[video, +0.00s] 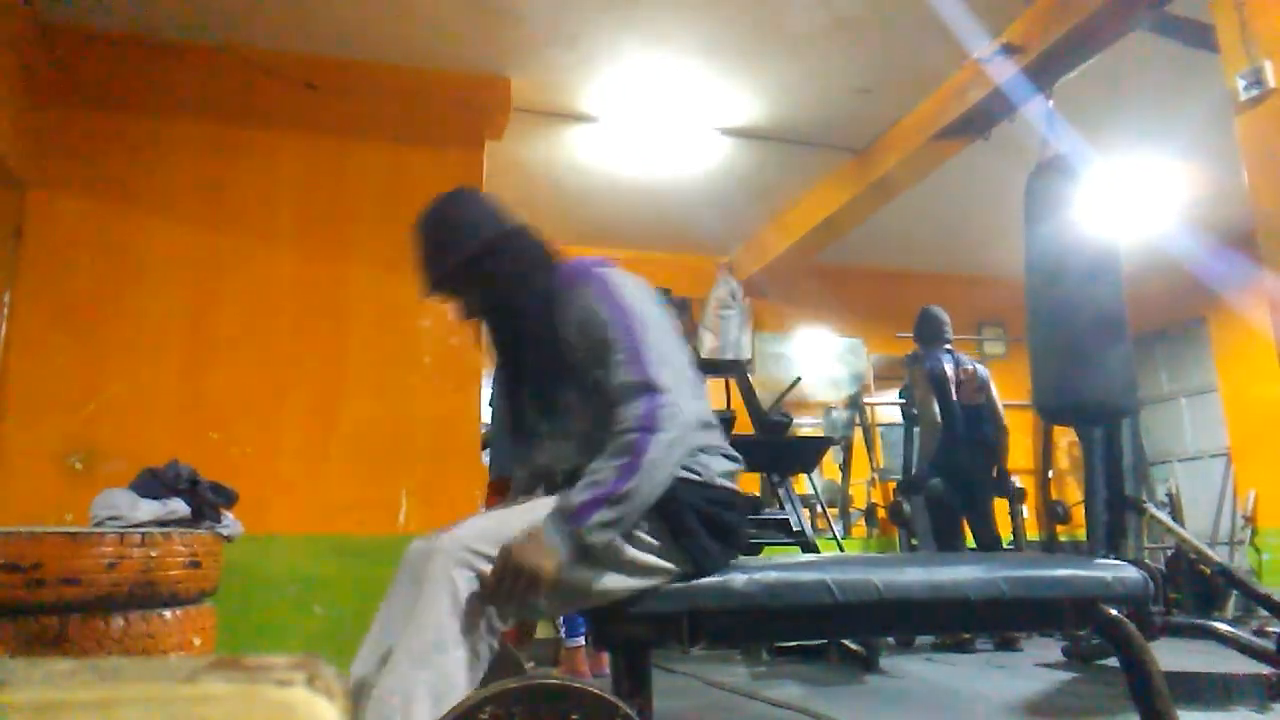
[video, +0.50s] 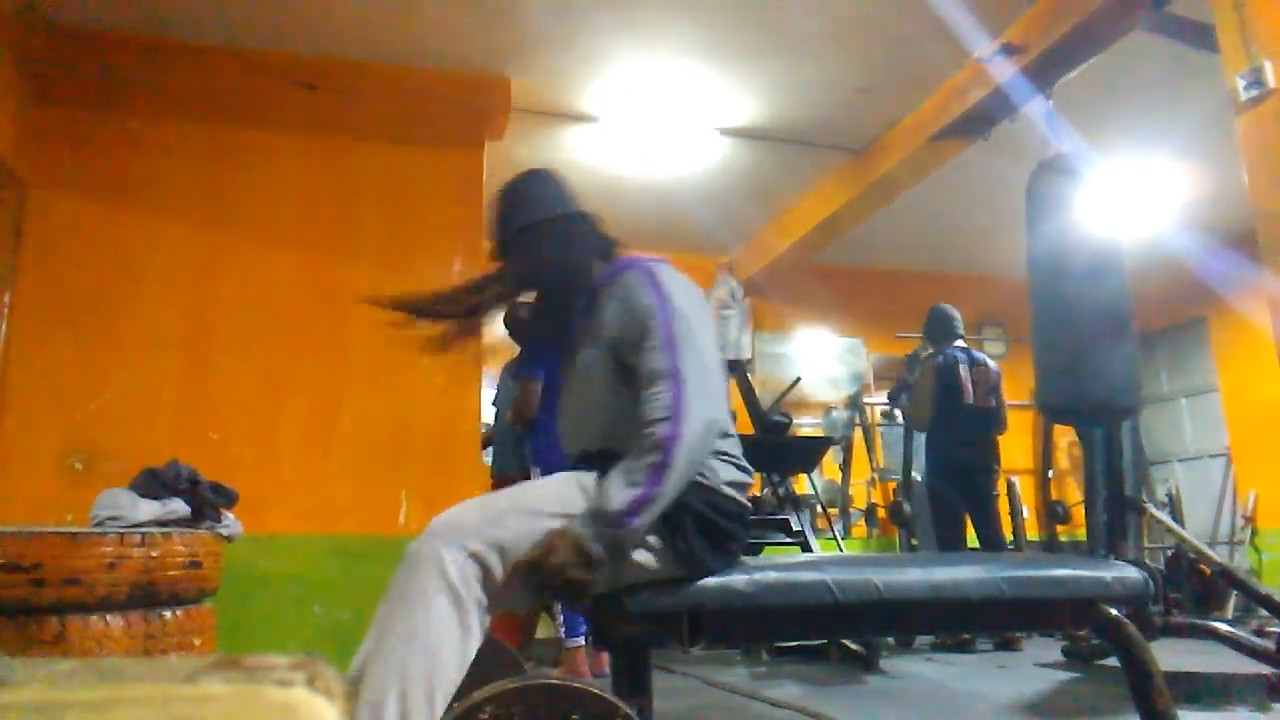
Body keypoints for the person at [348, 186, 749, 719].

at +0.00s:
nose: (464, 309)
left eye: (463, 288)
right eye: (453, 294)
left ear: (493, 262)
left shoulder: (598, 290)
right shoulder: (522, 333)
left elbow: (660, 421)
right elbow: (524, 466)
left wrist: (559, 534)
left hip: (675, 510)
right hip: (608, 508)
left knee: (459, 560)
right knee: (427, 557)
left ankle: (398, 715)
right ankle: (363, 711)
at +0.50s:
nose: (536, 279)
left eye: (539, 259)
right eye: (527, 265)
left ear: (566, 241)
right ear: (525, 262)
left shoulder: (647, 283)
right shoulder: (569, 317)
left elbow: (687, 420)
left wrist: (593, 536)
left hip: (681, 503)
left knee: (451, 548)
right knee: (449, 552)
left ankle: (376, 711)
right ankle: (361, 706)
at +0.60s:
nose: (560, 265)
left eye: (568, 245)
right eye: (556, 250)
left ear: (600, 234)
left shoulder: (692, 286)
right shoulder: (592, 320)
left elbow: (722, 415)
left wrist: (639, 505)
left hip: (688, 508)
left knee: (470, 505)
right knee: (450, 568)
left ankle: (389, 708)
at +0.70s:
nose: (600, 261)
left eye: (602, 243)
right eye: (595, 246)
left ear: (637, 229)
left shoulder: (721, 291)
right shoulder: (635, 315)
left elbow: (749, 417)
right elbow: (620, 431)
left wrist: (647, 494)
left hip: (692, 508)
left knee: (492, 458)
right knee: (439, 560)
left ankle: (419, 703)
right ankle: (362, 702)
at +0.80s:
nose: (638, 250)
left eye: (645, 232)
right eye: (634, 237)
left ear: (686, 225)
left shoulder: (750, 300)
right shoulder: (662, 316)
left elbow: (769, 424)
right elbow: (645, 422)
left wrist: (660, 484)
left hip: (704, 516)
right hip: (646, 516)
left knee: (512, 417)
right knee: (440, 556)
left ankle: (437, 676)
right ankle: (367, 703)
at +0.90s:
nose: (668, 250)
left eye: (680, 234)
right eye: (666, 237)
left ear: (720, 230)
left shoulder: (774, 308)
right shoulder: (679, 320)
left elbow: (787, 432)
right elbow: (650, 428)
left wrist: (664, 469)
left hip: (720, 509)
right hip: (656, 509)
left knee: (531, 394)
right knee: (446, 536)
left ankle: (500, 650)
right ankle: (373, 704)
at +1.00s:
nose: (682, 242)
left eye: (696, 229)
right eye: (682, 231)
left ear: (738, 234)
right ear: (697, 235)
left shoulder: (787, 311)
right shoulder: (692, 319)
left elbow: (795, 434)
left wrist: (675, 475)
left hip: (723, 512)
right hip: (657, 505)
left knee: (540, 400)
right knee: (455, 504)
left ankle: (561, 655)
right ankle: (371, 705)